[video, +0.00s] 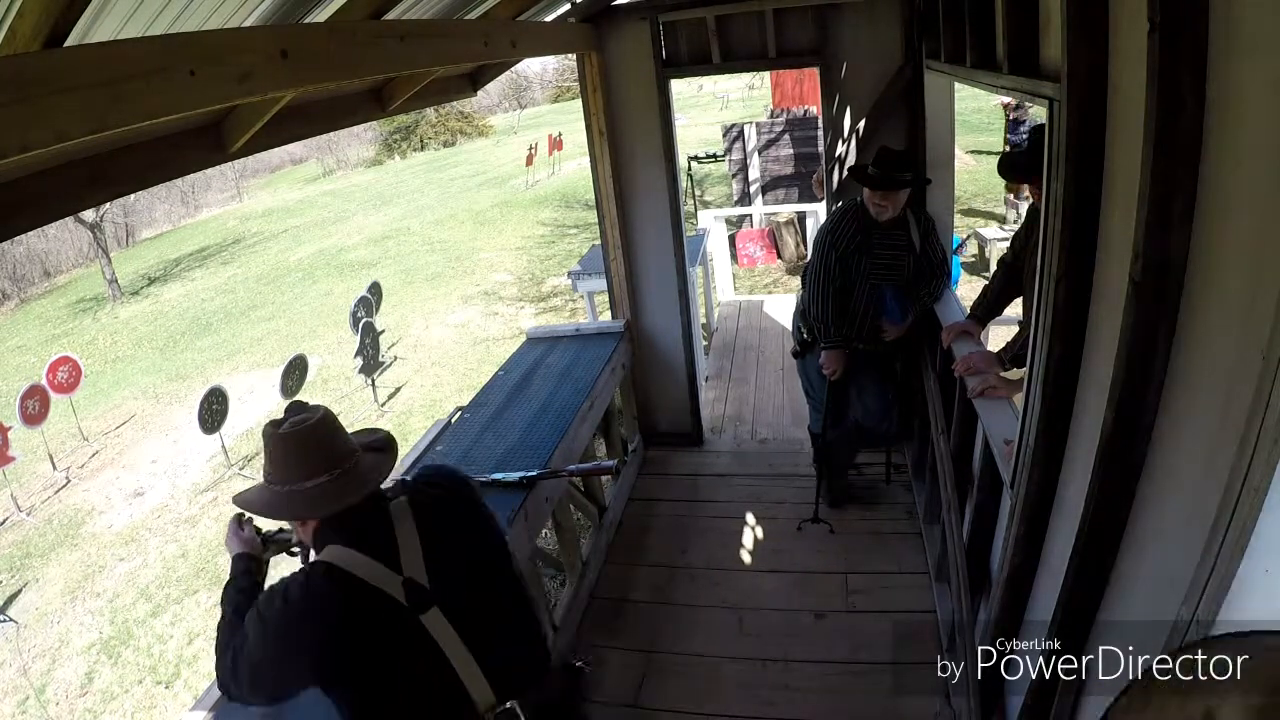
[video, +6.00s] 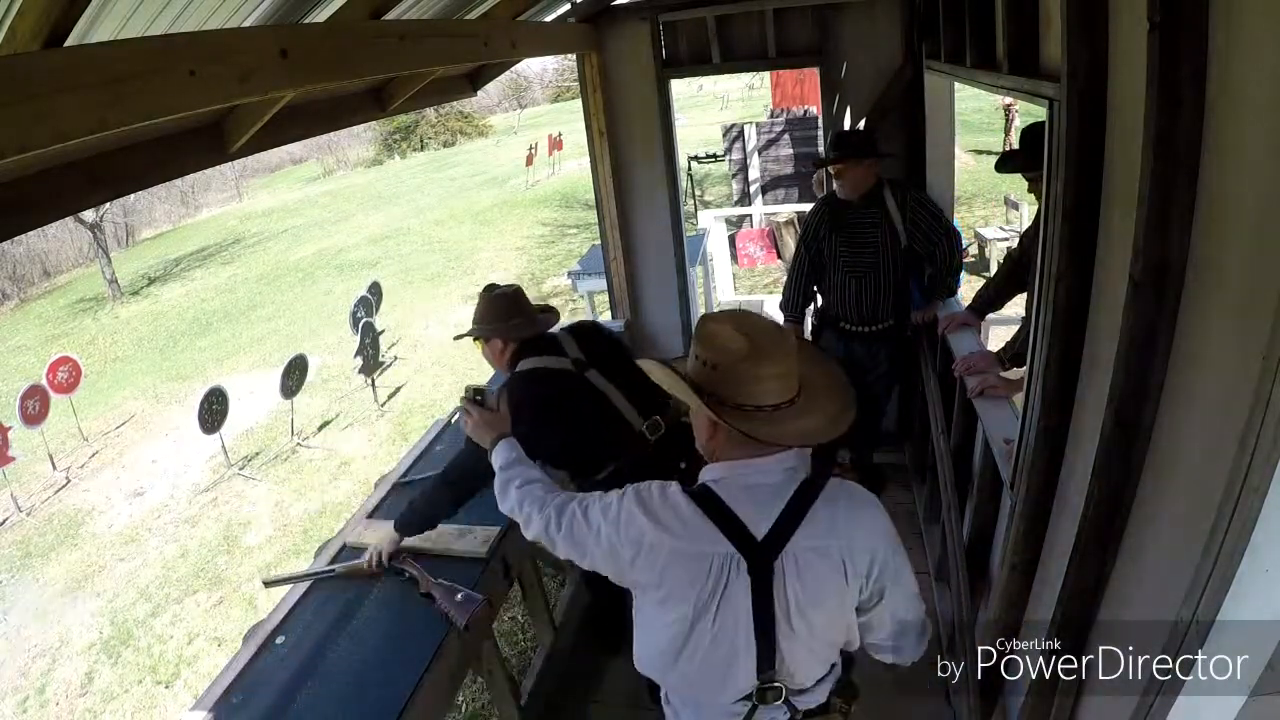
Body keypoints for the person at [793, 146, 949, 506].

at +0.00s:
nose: (880, 198)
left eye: (891, 190)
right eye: (873, 188)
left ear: (908, 192)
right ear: (863, 186)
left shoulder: (919, 225)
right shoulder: (842, 225)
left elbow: (937, 275)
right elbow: (820, 285)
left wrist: (907, 317)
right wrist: (830, 344)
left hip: (876, 337)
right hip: (825, 338)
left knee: (874, 410)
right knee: (830, 413)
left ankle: (843, 467)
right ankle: (832, 484)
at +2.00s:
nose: (872, 203)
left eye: (879, 196)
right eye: (864, 196)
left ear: (890, 189)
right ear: (849, 186)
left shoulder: (909, 212)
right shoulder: (826, 213)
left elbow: (951, 244)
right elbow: (798, 263)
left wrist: (937, 297)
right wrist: (787, 317)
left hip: (888, 333)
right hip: (836, 333)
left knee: (874, 404)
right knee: (829, 405)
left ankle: (865, 462)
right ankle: (823, 474)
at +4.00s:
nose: (838, 176)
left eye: (846, 168)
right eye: (834, 169)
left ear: (869, 167)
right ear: (832, 171)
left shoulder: (902, 205)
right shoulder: (822, 215)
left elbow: (946, 241)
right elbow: (799, 268)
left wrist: (937, 296)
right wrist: (790, 321)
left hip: (888, 331)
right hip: (836, 331)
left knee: (873, 404)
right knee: (830, 405)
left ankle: (864, 459)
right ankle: (822, 473)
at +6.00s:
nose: (836, 175)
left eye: (844, 167)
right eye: (834, 168)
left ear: (870, 167)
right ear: (833, 169)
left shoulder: (905, 204)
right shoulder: (825, 212)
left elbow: (948, 244)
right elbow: (802, 268)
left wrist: (935, 298)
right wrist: (792, 320)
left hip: (888, 333)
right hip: (835, 332)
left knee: (874, 409)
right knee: (829, 402)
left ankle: (865, 471)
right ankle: (821, 472)